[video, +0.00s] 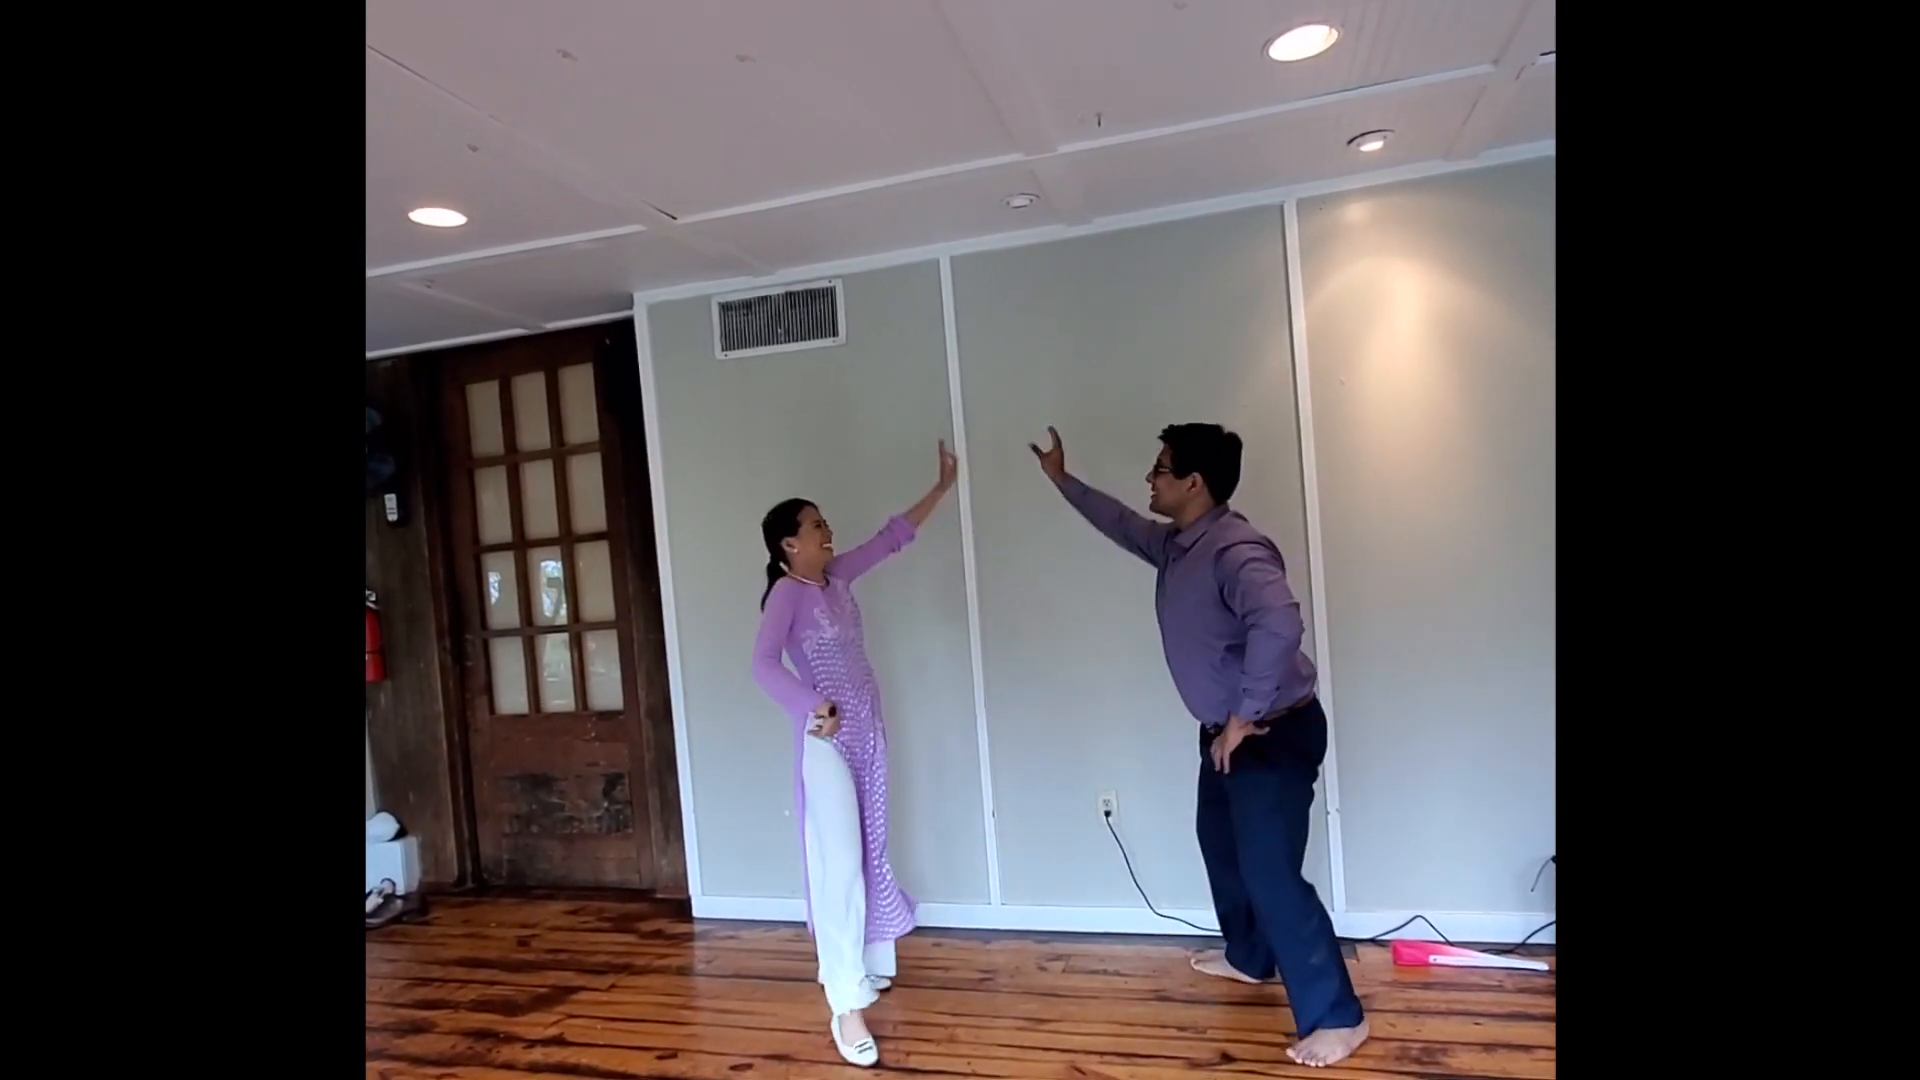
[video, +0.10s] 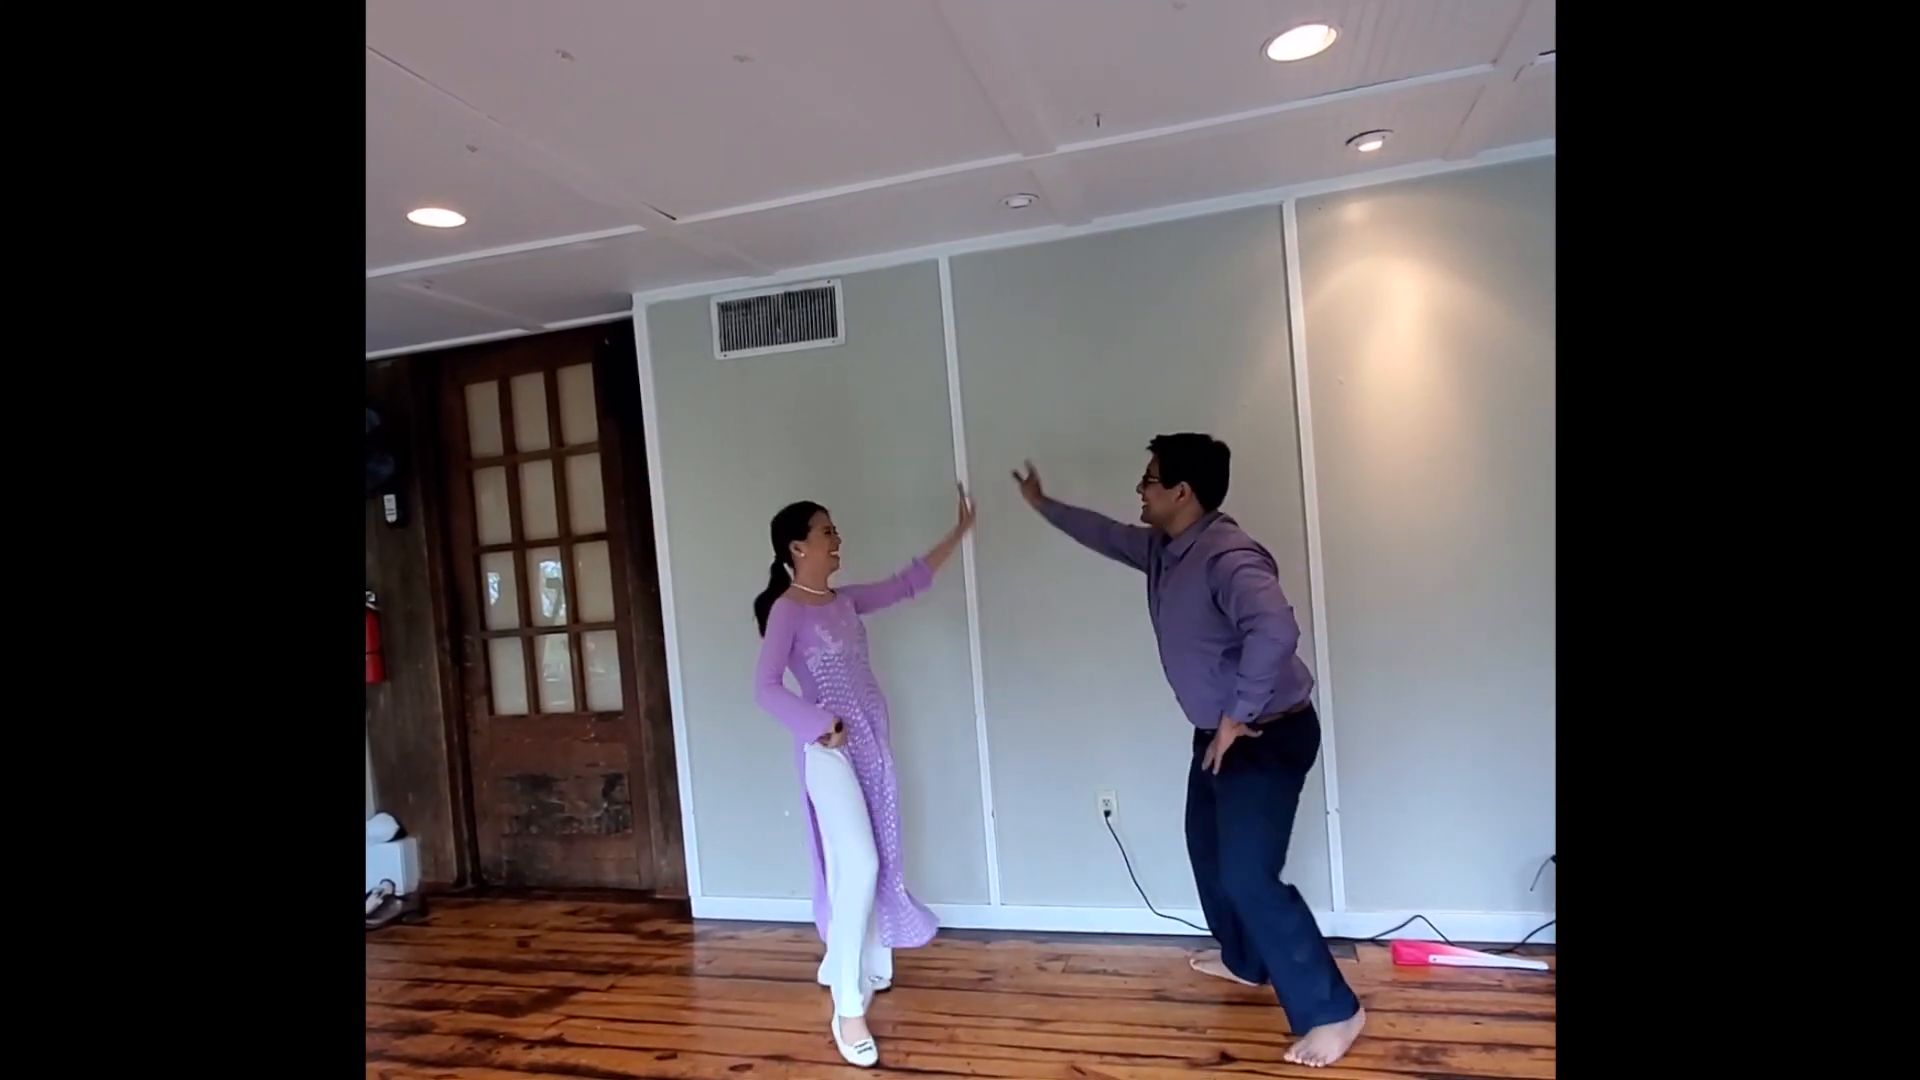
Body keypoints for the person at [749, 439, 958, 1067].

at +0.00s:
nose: (828, 532)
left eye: (825, 525)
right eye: (817, 527)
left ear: (815, 541)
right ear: (789, 544)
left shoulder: (838, 578)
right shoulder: (787, 594)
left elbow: (892, 536)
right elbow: (765, 665)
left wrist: (942, 485)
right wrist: (810, 707)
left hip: (865, 733)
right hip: (827, 740)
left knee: (867, 851)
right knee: (840, 861)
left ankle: (864, 962)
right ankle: (845, 1002)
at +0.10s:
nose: (839, 542)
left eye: (836, 534)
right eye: (827, 535)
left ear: (820, 547)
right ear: (795, 549)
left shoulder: (846, 599)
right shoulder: (788, 610)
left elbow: (908, 583)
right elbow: (765, 687)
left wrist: (959, 531)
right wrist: (816, 723)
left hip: (869, 744)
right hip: (830, 749)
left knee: (872, 854)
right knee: (858, 860)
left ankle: (846, 959)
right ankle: (849, 1005)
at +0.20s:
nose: (850, 559)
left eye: (850, 550)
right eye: (842, 550)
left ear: (828, 559)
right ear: (809, 557)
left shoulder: (849, 610)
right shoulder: (791, 618)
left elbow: (918, 622)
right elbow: (765, 693)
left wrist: (978, 596)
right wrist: (814, 733)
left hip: (867, 750)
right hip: (826, 757)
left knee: (876, 854)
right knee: (880, 852)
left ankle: (850, 962)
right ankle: (854, 996)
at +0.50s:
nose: (887, 562)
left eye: (890, 552)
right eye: (881, 551)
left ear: (863, 551)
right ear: (845, 546)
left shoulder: (880, 608)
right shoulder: (810, 602)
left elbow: (931, 664)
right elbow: (753, 668)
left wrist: (996, 689)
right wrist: (789, 735)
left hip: (870, 757)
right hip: (824, 758)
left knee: (871, 862)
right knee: (877, 877)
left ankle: (842, 951)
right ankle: (879, 1038)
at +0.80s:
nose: (913, 541)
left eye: (907, 534)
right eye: (900, 536)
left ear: (886, 559)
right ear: (871, 559)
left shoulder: (915, 628)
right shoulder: (842, 612)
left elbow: (953, 714)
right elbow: (765, 673)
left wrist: (996, 706)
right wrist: (796, 740)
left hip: (879, 777)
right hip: (827, 776)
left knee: (876, 898)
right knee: (879, 900)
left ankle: (779, 955)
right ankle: (884, 1053)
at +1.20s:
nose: (940, 552)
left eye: (935, 543)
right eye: (928, 545)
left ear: (904, 561)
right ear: (896, 560)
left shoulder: (929, 633)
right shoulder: (871, 623)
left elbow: (961, 712)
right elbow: (815, 700)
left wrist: (1024, 709)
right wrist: (857, 762)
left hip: (902, 783)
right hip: (862, 783)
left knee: (933, 891)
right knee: (916, 903)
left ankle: (841, 954)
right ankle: (881, 1050)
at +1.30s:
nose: (947, 554)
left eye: (944, 545)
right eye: (937, 547)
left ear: (915, 561)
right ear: (905, 561)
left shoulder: (936, 630)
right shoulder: (883, 620)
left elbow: (969, 704)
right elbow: (847, 696)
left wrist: (1044, 718)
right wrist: (881, 767)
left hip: (912, 780)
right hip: (872, 784)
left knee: (980, 871)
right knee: (918, 905)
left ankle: (913, 975)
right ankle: (890, 1052)